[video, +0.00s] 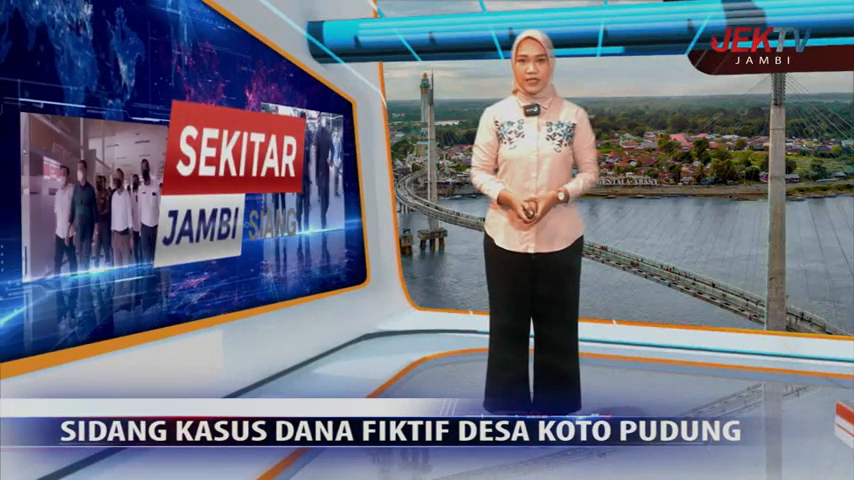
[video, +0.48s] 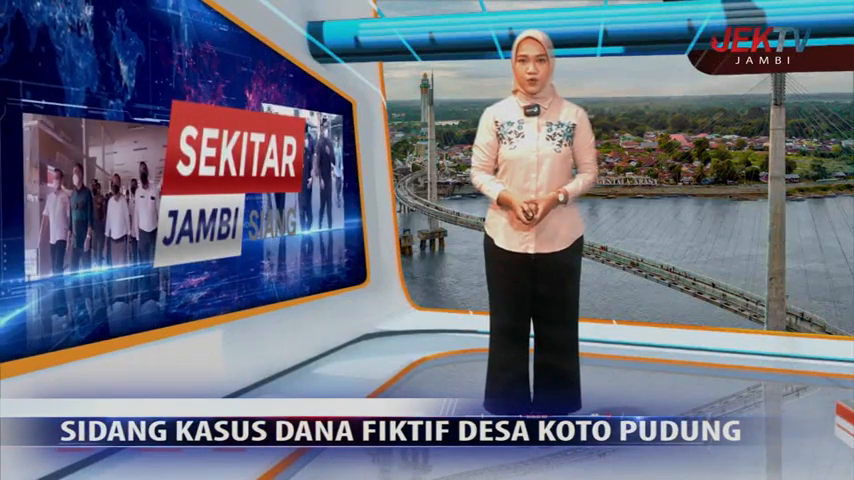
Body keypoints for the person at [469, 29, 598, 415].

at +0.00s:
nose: (531, 67)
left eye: (540, 60)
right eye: (523, 60)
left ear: (552, 65)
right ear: (513, 66)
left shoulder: (574, 116)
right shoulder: (494, 116)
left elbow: (589, 173)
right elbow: (480, 172)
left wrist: (555, 197)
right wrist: (508, 198)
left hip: (559, 243)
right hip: (506, 244)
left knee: (558, 337)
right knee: (508, 336)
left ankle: (558, 422)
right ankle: (506, 423)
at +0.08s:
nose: (532, 67)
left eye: (540, 60)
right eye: (523, 60)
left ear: (552, 65)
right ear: (513, 66)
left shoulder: (574, 116)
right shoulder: (494, 116)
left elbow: (590, 173)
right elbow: (480, 172)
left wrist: (556, 197)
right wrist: (509, 199)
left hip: (559, 243)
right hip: (506, 244)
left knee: (558, 337)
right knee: (508, 336)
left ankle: (558, 423)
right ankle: (506, 423)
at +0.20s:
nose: (531, 67)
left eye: (540, 60)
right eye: (523, 60)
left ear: (551, 65)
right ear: (513, 66)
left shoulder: (574, 116)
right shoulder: (494, 116)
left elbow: (590, 173)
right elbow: (480, 172)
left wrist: (557, 197)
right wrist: (509, 199)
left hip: (559, 242)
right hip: (507, 243)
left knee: (558, 337)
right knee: (508, 336)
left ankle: (558, 423)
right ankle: (506, 423)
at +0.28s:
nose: (531, 67)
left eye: (540, 60)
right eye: (523, 60)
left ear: (551, 65)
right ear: (513, 66)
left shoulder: (574, 116)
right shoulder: (494, 116)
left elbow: (590, 173)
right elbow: (479, 172)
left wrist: (557, 197)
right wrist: (509, 199)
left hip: (559, 243)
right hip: (506, 244)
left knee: (558, 337)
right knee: (508, 336)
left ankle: (557, 422)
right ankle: (506, 422)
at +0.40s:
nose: (532, 67)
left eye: (540, 60)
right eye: (523, 60)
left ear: (552, 65)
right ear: (513, 65)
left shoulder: (574, 116)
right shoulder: (494, 116)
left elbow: (589, 173)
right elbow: (479, 172)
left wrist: (556, 198)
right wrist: (509, 200)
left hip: (559, 243)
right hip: (506, 244)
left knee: (558, 337)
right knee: (508, 336)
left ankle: (558, 422)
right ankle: (506, 422)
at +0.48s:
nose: (532, 67)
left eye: (540, 60)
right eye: (523, 60)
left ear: (552, 65)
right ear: (513, 65)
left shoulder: (574, 116)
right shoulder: (494, 116)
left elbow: (588, 173)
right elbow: (479, 172)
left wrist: (554, 198)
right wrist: (509, 200)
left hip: (559, 242)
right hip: (506, 243)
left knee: (558, 337)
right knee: (508, 335)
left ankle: (557, 421)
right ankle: (507, 421)